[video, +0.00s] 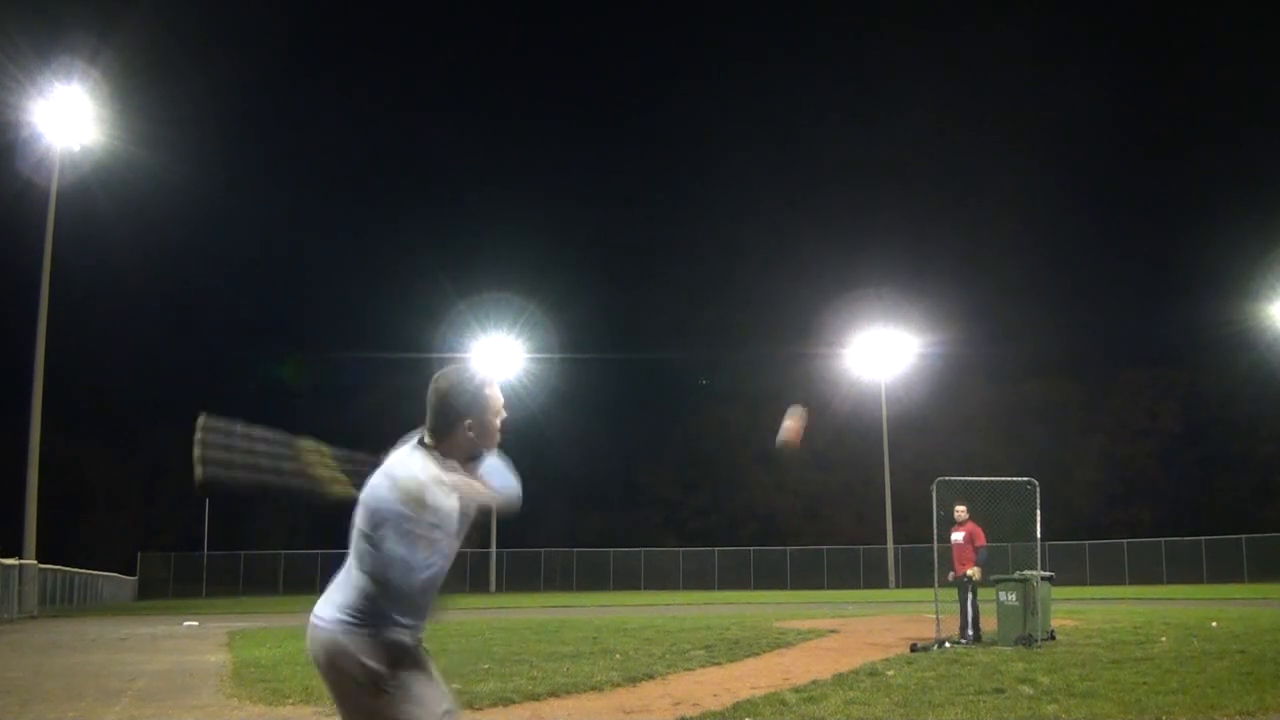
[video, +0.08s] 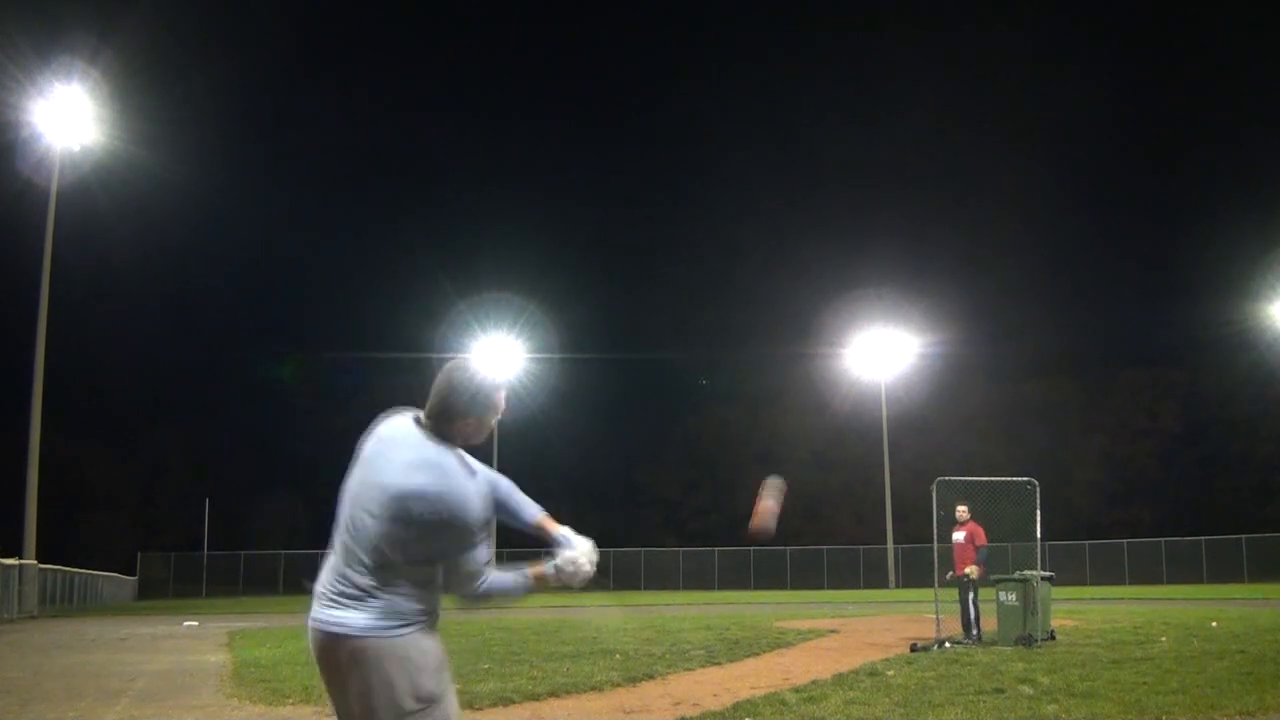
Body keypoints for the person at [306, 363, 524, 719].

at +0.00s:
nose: (505, 420)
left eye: (502, 411)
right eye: (498, 413)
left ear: (468, 427)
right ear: (469, 428)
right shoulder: (413, 484)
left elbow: (510, 492)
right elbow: (415, 583)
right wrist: (463, 506)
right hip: (360, 638)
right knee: (434, 710)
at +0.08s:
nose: (495, 425)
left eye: (497, 416)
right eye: (493, 417)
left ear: (436, 401)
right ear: (467, 425)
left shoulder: (393, 425)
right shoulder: (457, 491)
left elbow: (487, 481)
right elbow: (471, 584)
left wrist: (554, 531)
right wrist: (547, 575)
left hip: (329, 624)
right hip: (388, 640)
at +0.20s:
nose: (515, 426)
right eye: (518, 419)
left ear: (468, 383)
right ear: (510, 422)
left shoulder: (391, 409)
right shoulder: (506, 478)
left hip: (338, 621)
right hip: (416, 642)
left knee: (334, 714)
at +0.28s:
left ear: (472, 393)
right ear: (517, 426)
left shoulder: (397, 415)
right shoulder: (509, 479)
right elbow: (478, 427)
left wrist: (245, 371)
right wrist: (437, 391)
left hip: (342, 628)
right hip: (423, 646)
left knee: (353, 711)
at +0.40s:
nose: (451, 366)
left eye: (455, 363)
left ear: (453, 374)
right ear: (496, 406)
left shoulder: (387, 412)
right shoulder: (496, 453)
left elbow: (297, 368)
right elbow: (465, 403)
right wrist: (424, 358)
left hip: (347, 629)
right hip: (427, 640)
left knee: (354, 714)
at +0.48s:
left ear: (432, 366)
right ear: (476, 392)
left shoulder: (386, 406)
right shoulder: (483, 436)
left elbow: (319, 378)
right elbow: (464, 389)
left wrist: (239, 332)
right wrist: (420, 351)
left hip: (345, 629)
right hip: (426, 631)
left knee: (351, 713)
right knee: (420, 713)